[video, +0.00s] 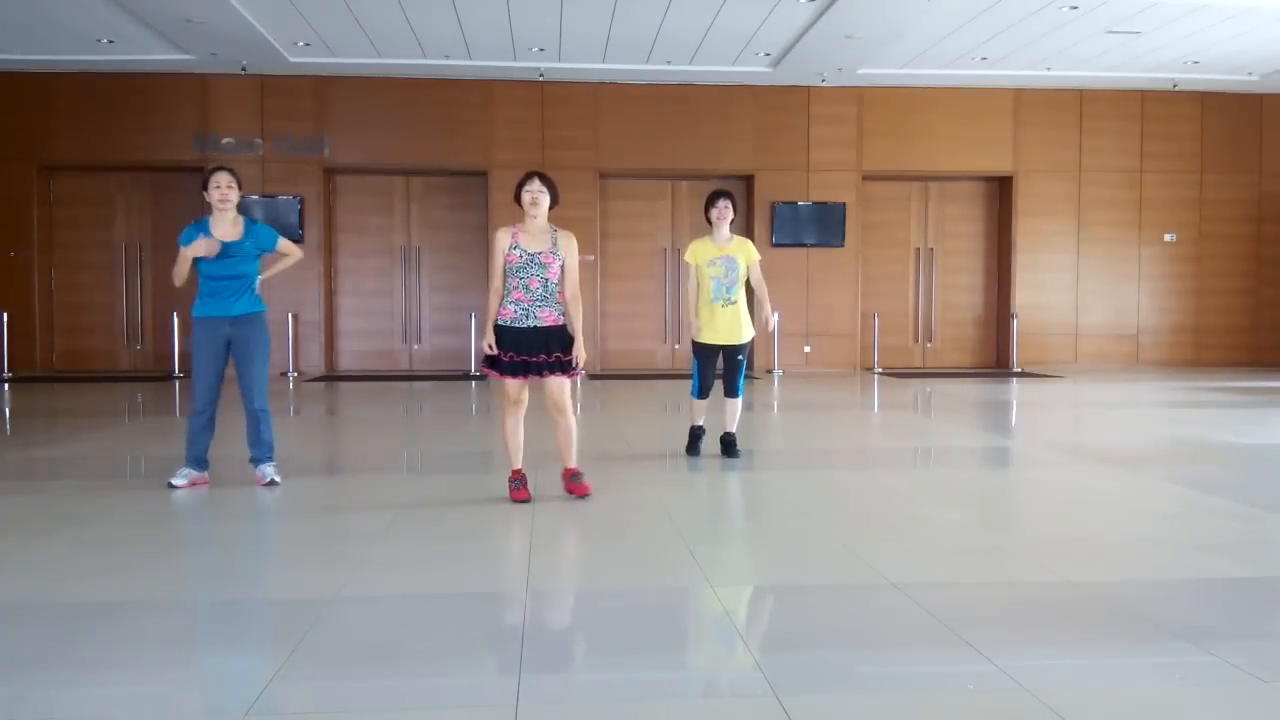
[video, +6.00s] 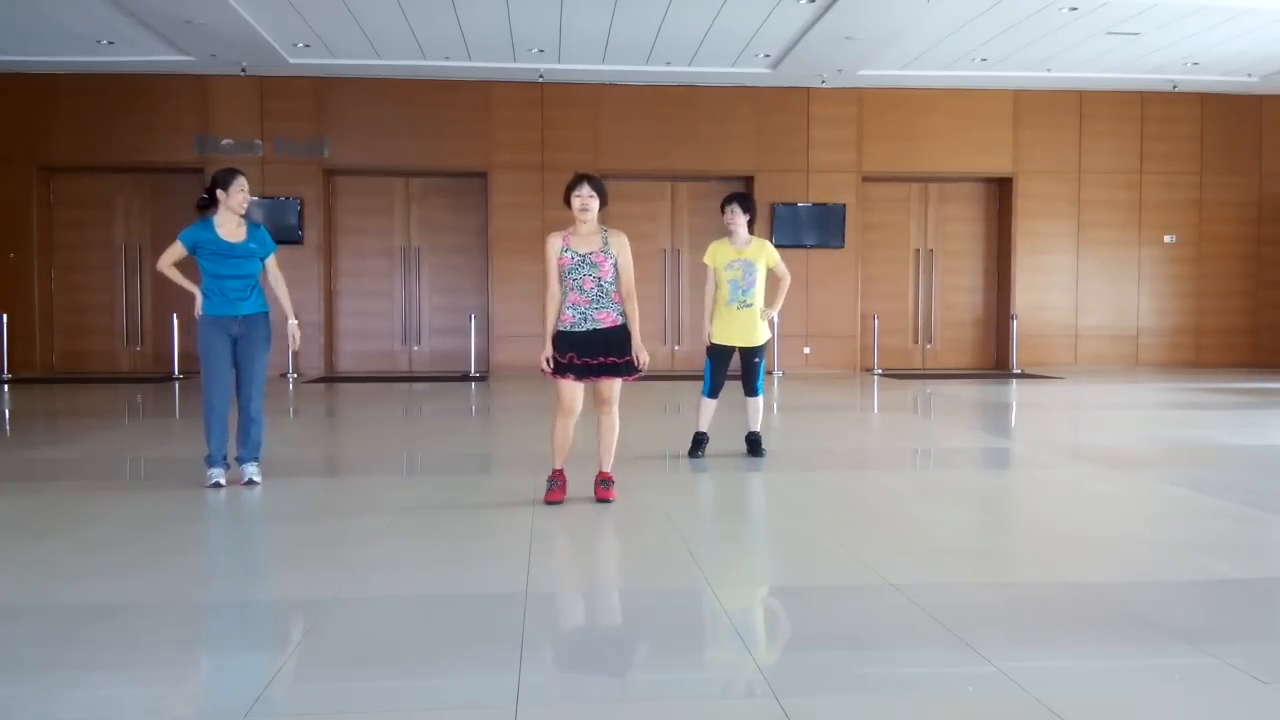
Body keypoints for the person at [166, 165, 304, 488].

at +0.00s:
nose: (223, 192)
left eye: (229, 187)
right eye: (217, 187)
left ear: (239, 194)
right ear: (206, 194)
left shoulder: (256, 231)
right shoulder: (194, 232)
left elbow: (296, 253)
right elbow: (178, 280)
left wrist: (263, 276)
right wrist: (190, 252)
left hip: (250, 321)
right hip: (208, 321)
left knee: (256, 398)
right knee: (203, 399)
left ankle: (264, 464)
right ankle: (196, 467)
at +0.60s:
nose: (231, 198)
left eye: (237, 191)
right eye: (226, 194)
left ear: (253, 193)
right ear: (222, 199)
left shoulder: (276, 228)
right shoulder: (223, 229)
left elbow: (319, 255)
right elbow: (196, 248)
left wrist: (288, 278)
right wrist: (211, 206)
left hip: (272, 320)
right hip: (234, 320)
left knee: (268, 397)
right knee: (220, 396)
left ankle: (265, 464)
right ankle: (209, 467)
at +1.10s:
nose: (230, 193)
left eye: (236, 187)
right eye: (223, 187)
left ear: (249, 193)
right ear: (215, 194)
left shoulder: (267, 230)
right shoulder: (206, 229)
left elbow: (308, 254)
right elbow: (182, 274)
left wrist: (279, 280)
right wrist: (191, 249)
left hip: (256, 321)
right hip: (215, 321)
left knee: (259, 396)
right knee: (221, 398)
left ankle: (265, 463)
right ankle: (228, 465)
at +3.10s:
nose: (243, 197)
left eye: (248, 192)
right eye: (236, 191)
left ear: (253, 198)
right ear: (221, 195)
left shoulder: (263, 236)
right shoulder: (202, 230)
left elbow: (286, 268)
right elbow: (163, 256)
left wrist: (278, 300)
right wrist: (190, 288)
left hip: (250, 321)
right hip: (208, 322)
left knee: (251, 396)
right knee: (215, 398)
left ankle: (259, 463)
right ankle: (222, 464)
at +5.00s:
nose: (250, 199)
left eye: (250, 193)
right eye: (244, 193)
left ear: (238, 196)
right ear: (224, 195)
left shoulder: (254, 233)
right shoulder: (197, 229)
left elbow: (280, 266)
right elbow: (156, 258)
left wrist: (301, 291)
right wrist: (187, 288)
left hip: (246, 321)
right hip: (205, 322)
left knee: (252, 395)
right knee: (211, 397)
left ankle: (266, 463)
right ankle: (216, 465)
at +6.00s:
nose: (247, 197)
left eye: (247, 191)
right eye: (240, 191)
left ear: (244, 195)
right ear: (220, 195)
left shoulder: (257, 233)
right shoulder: (200, 232)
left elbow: (275, 277)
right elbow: (163, 264)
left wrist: (291, 318)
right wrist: (195, 290)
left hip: (255, 322)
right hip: (215, 323)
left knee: (251, 395)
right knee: (217, 394)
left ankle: (250, 461)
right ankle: (216, 465)